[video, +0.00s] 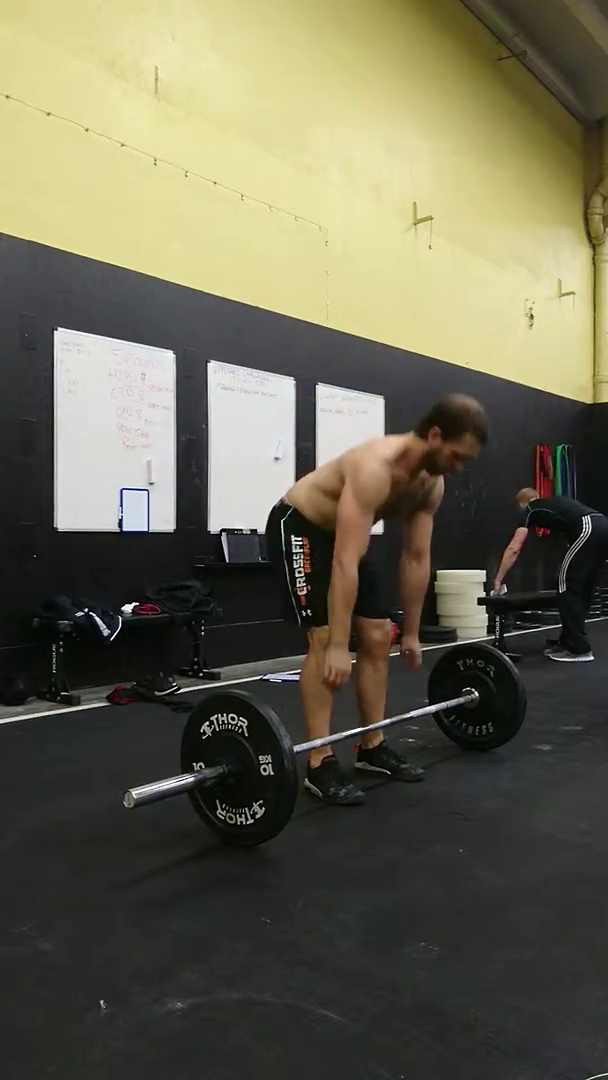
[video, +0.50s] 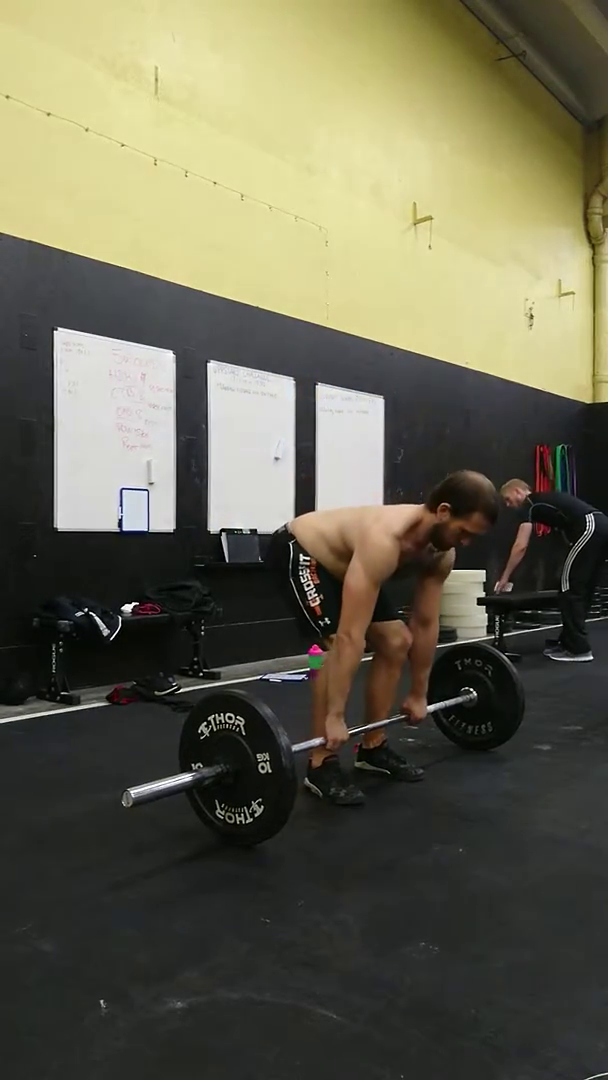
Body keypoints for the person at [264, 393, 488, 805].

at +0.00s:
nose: (459, 467)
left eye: (466, 461)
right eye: (458, 457)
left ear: (442, 440)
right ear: (434, 435)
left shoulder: (431, 483)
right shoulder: (374, 467)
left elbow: (417, 558)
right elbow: (346, 560)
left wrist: (411, 633)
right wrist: (337, 644)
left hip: (351, 535)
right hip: (301, 528)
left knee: (377, 637)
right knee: (326, 641)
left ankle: (372, 745)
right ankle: (319, 762)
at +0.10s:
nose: (459, 501)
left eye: (467, 495)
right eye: (459, 491)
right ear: (437, 468)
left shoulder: (433, 513)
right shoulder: (375, 498)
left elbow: (419, 586)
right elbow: (346, 593)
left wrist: (413, 659)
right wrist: (336, 678)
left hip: (352, 545)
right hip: (298, 536)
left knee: (382, 636)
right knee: (328, 643)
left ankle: (373, 746)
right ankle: (320, 761)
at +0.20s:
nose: (460, 524)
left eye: (467, 520)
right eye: (460, 514)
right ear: (440, 491)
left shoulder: (435, 532)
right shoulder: (377, 519)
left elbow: (420, 603)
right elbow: (343, 616)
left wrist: (414, 679)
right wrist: (332, 697)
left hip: (347, 552)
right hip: (297, 540)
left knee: (387, 637)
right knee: (331, 644)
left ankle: (372, 747)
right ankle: (319, 762)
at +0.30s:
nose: (463, 538)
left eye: (470, 533)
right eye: (463, 528)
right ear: (441, 504)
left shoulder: (436, 542)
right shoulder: (378, 530)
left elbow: (421, 612)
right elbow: (342, 627)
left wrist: (416, 687)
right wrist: (332, 705)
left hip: (346, 555)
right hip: (297, 545)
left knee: (389, 638)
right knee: (335, 645)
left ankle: (373, 747)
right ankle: (320, 762)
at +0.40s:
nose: (464, 542)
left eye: (471, 537)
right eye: (464, 533)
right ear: (442, 510)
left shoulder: (438, 548)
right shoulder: (380, 535)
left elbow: (424, 618)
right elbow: (346, 633)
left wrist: (418, 692)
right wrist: (336, 713)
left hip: (346, 558)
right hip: (297, 548)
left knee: (392, 640)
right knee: (337, 647)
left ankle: (372, 748)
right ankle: (320, 763)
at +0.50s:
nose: (466, 543)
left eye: (472, 537)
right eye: (465, 533)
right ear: (443, 511)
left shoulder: (440, 553)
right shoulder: (382, 540)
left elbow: (425, 623)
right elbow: (348, 636)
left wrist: (418, 695)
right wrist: (335, 715)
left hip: (347, 562)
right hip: (300, 550)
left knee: (395, 643)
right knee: (340, 649)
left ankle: (373, 748)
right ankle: (321, 763)